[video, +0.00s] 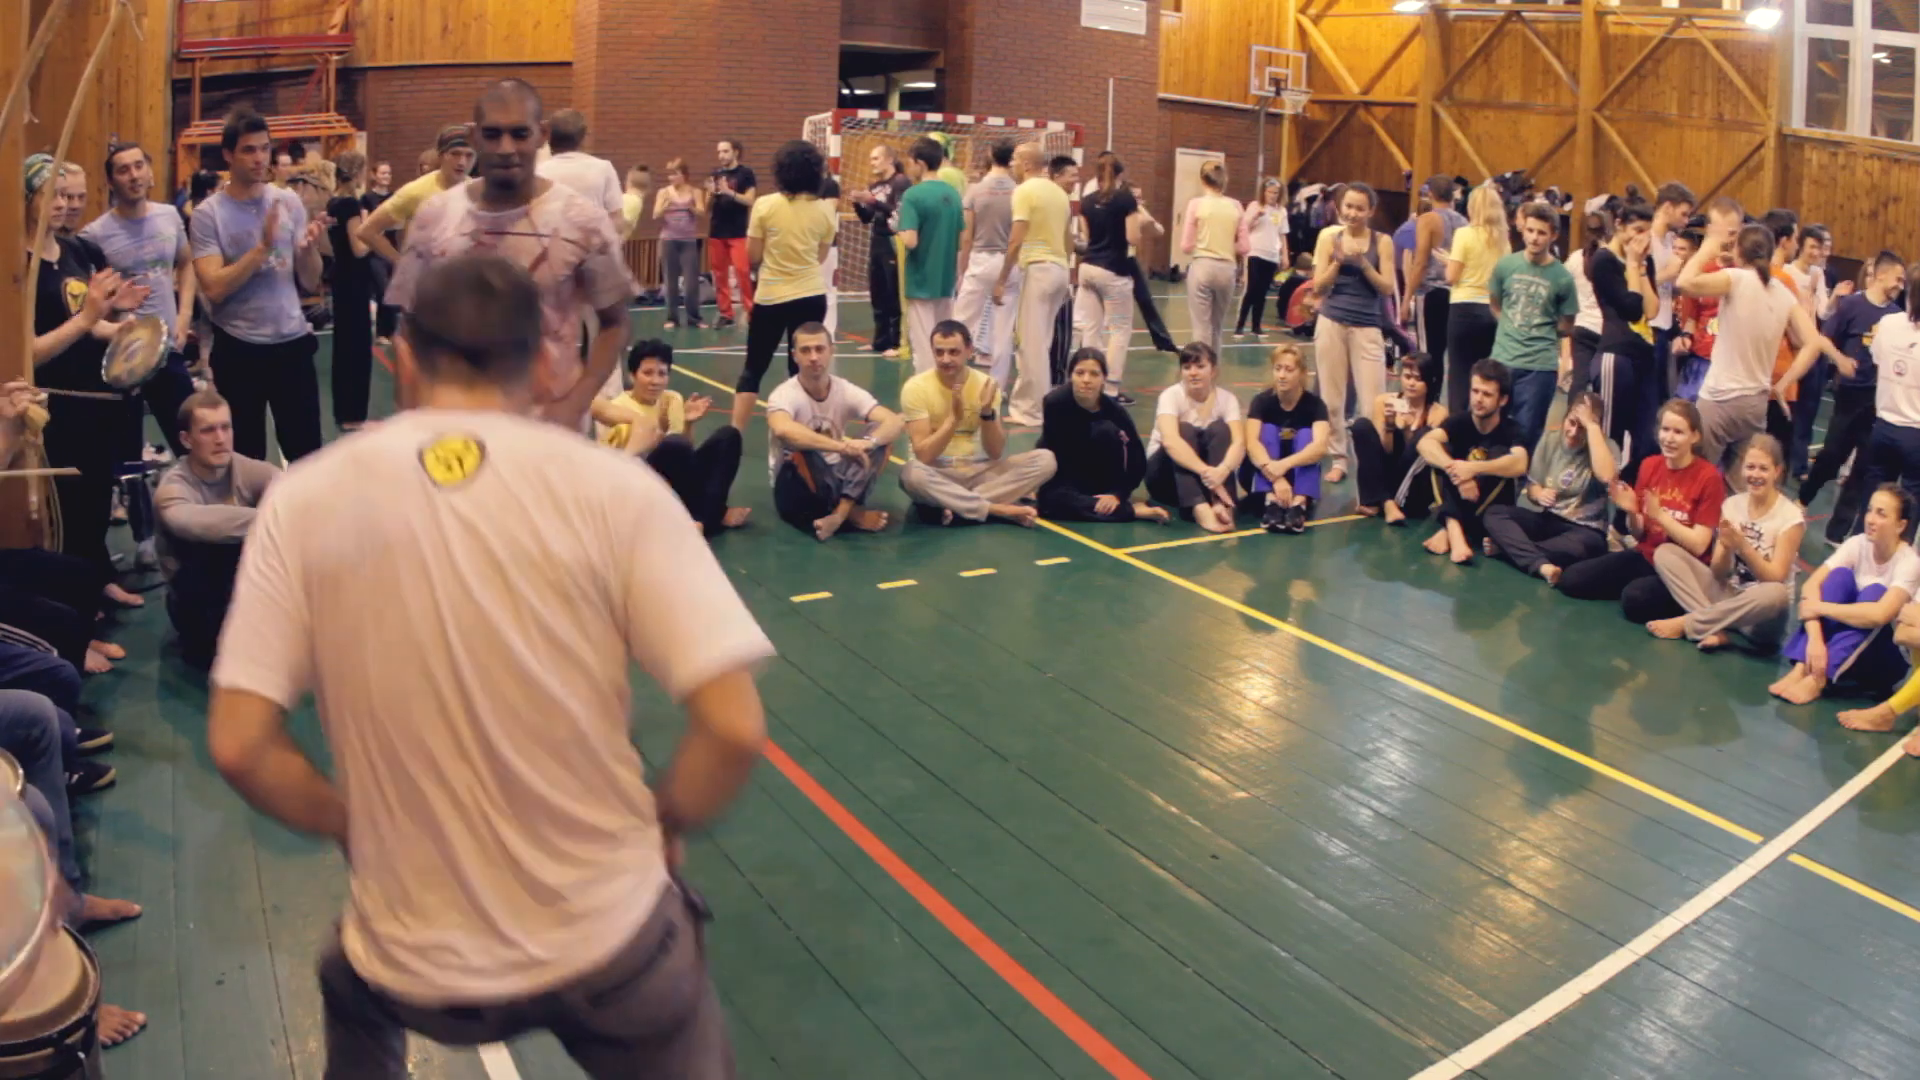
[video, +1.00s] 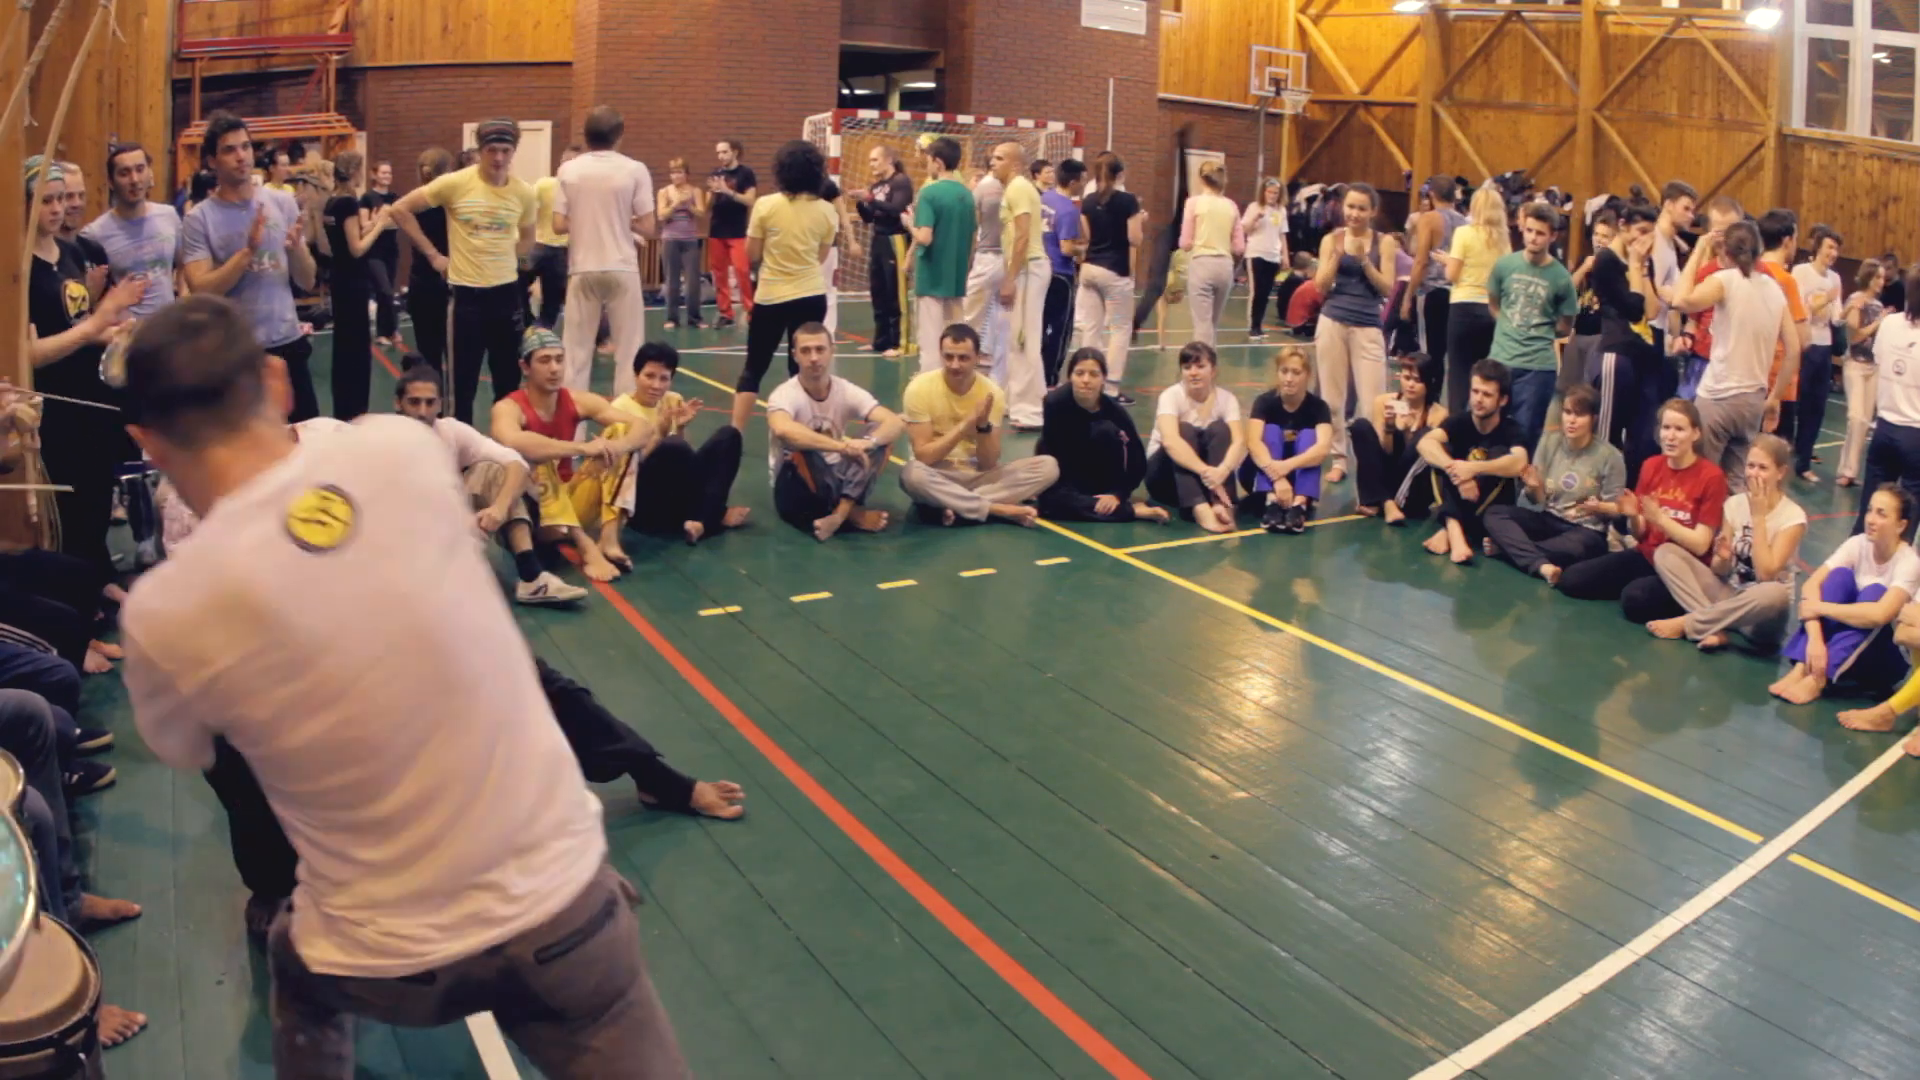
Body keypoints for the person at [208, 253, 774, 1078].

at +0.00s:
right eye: (561, 355)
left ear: (399, 355)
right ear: (545, 363)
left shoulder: (306, 498)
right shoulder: (611, 486)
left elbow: (240, 743)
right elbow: (734, 725)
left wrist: (365, 824)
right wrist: (662, 822)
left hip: (418, 969)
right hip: (612, 954)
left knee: (353, 998)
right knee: (682, 1057)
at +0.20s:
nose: (575, 405)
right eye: (573, 389)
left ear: (420, 388)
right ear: (564, 407)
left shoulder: (306, 527)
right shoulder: (627, 528)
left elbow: (200, 754)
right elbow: (741, 780)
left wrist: (340, 834)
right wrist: (665, 838)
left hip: (436, 1003)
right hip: (643, 977)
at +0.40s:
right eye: (469, 318)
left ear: (314, 349)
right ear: (457, 327)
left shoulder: (246, 495)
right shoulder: (571, 438)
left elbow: (195, 761)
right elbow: (705, 660)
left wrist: (328, 774)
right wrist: (623, 768)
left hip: (395, 945)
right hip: (591, 912)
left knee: (374, 1050)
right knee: (664, 1066)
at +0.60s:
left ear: (258, 476)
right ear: (402, 433)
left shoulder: (253, 662)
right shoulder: (554, 533)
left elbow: (306, 953)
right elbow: (674, 720)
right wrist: (552, 755)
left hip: (413, 999)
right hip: (595, 973)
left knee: (337, 975)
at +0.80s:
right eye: (394, 427)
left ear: (231, 489)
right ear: (375, 445)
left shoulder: (231, 683)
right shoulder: (529, 529)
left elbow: (274, 929)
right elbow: (606, 699)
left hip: (418, 997)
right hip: (598, 967)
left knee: (332, 969)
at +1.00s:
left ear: (145, 443)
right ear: (276, 381)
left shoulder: (165, 615)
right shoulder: (406, 446)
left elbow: (186, 751)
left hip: (393, 973)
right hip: (567, 920)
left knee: (298, 963)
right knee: (652, 1068)